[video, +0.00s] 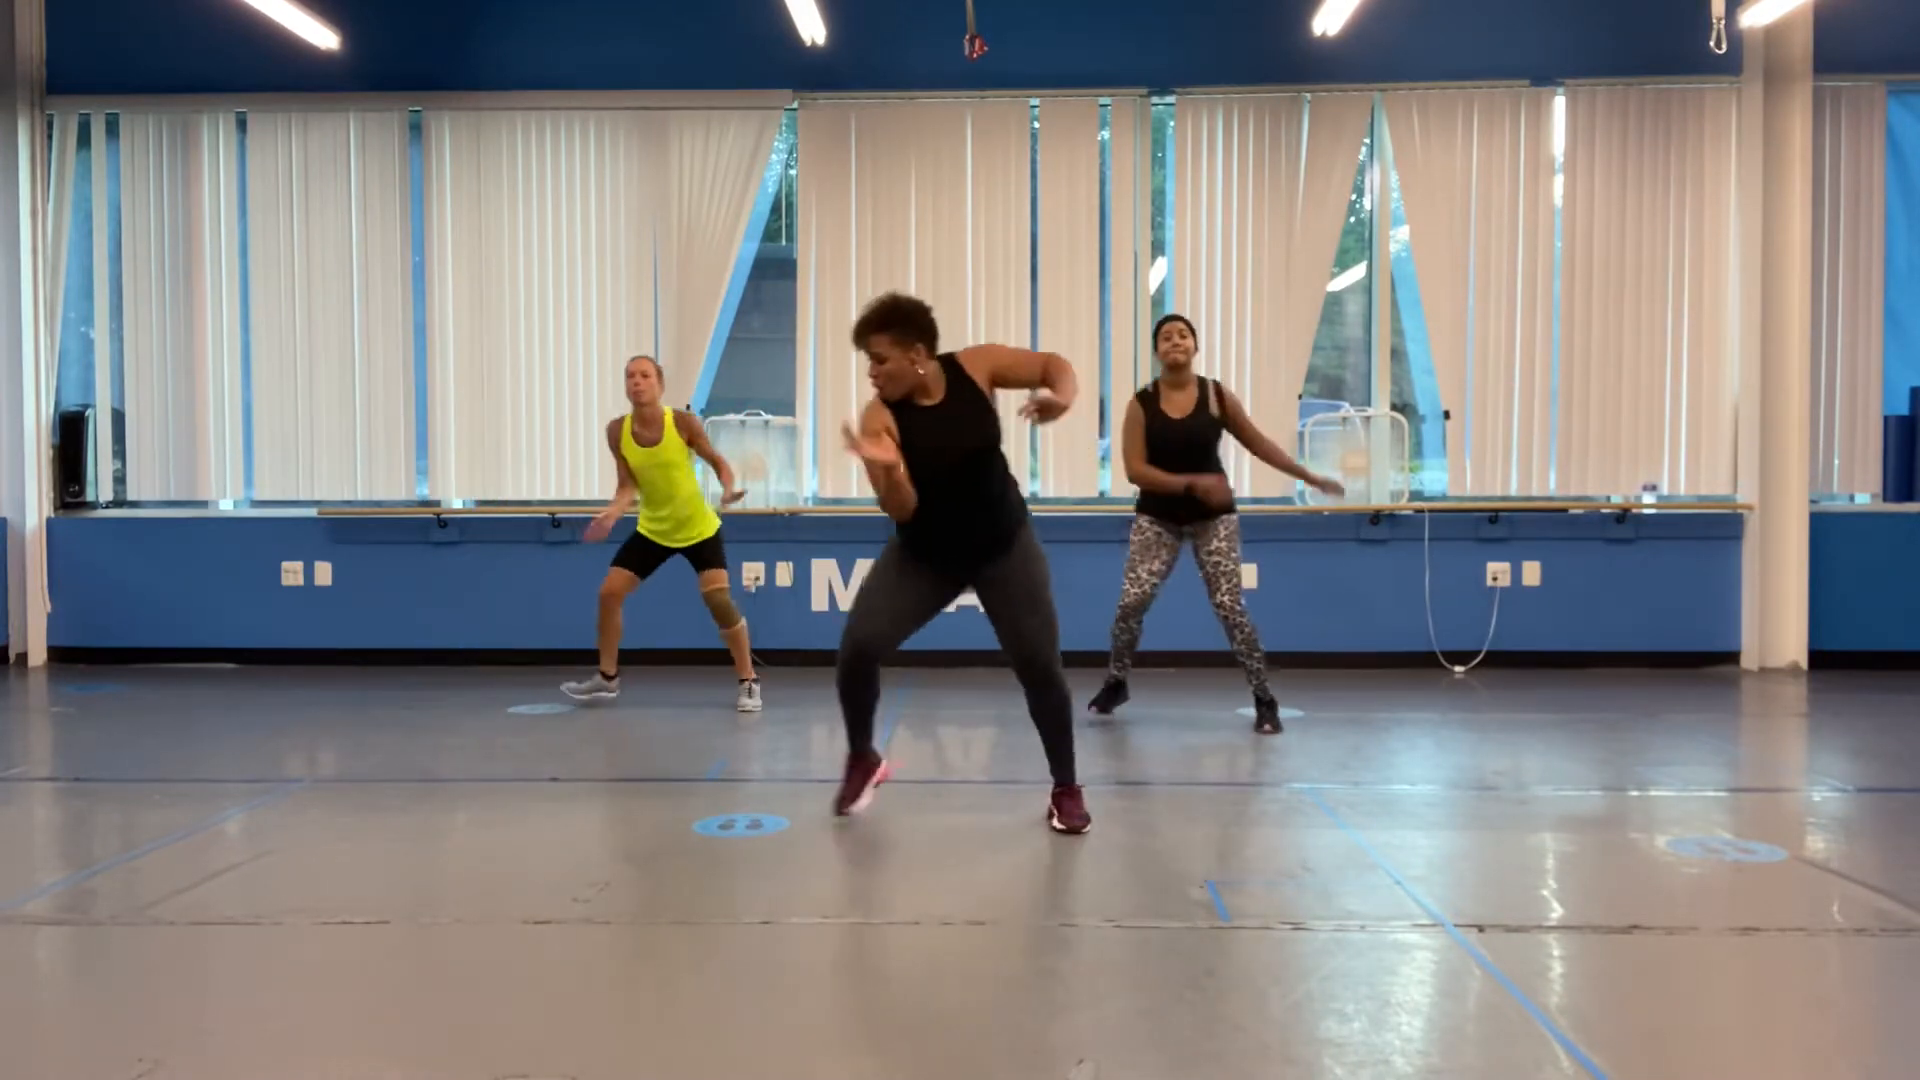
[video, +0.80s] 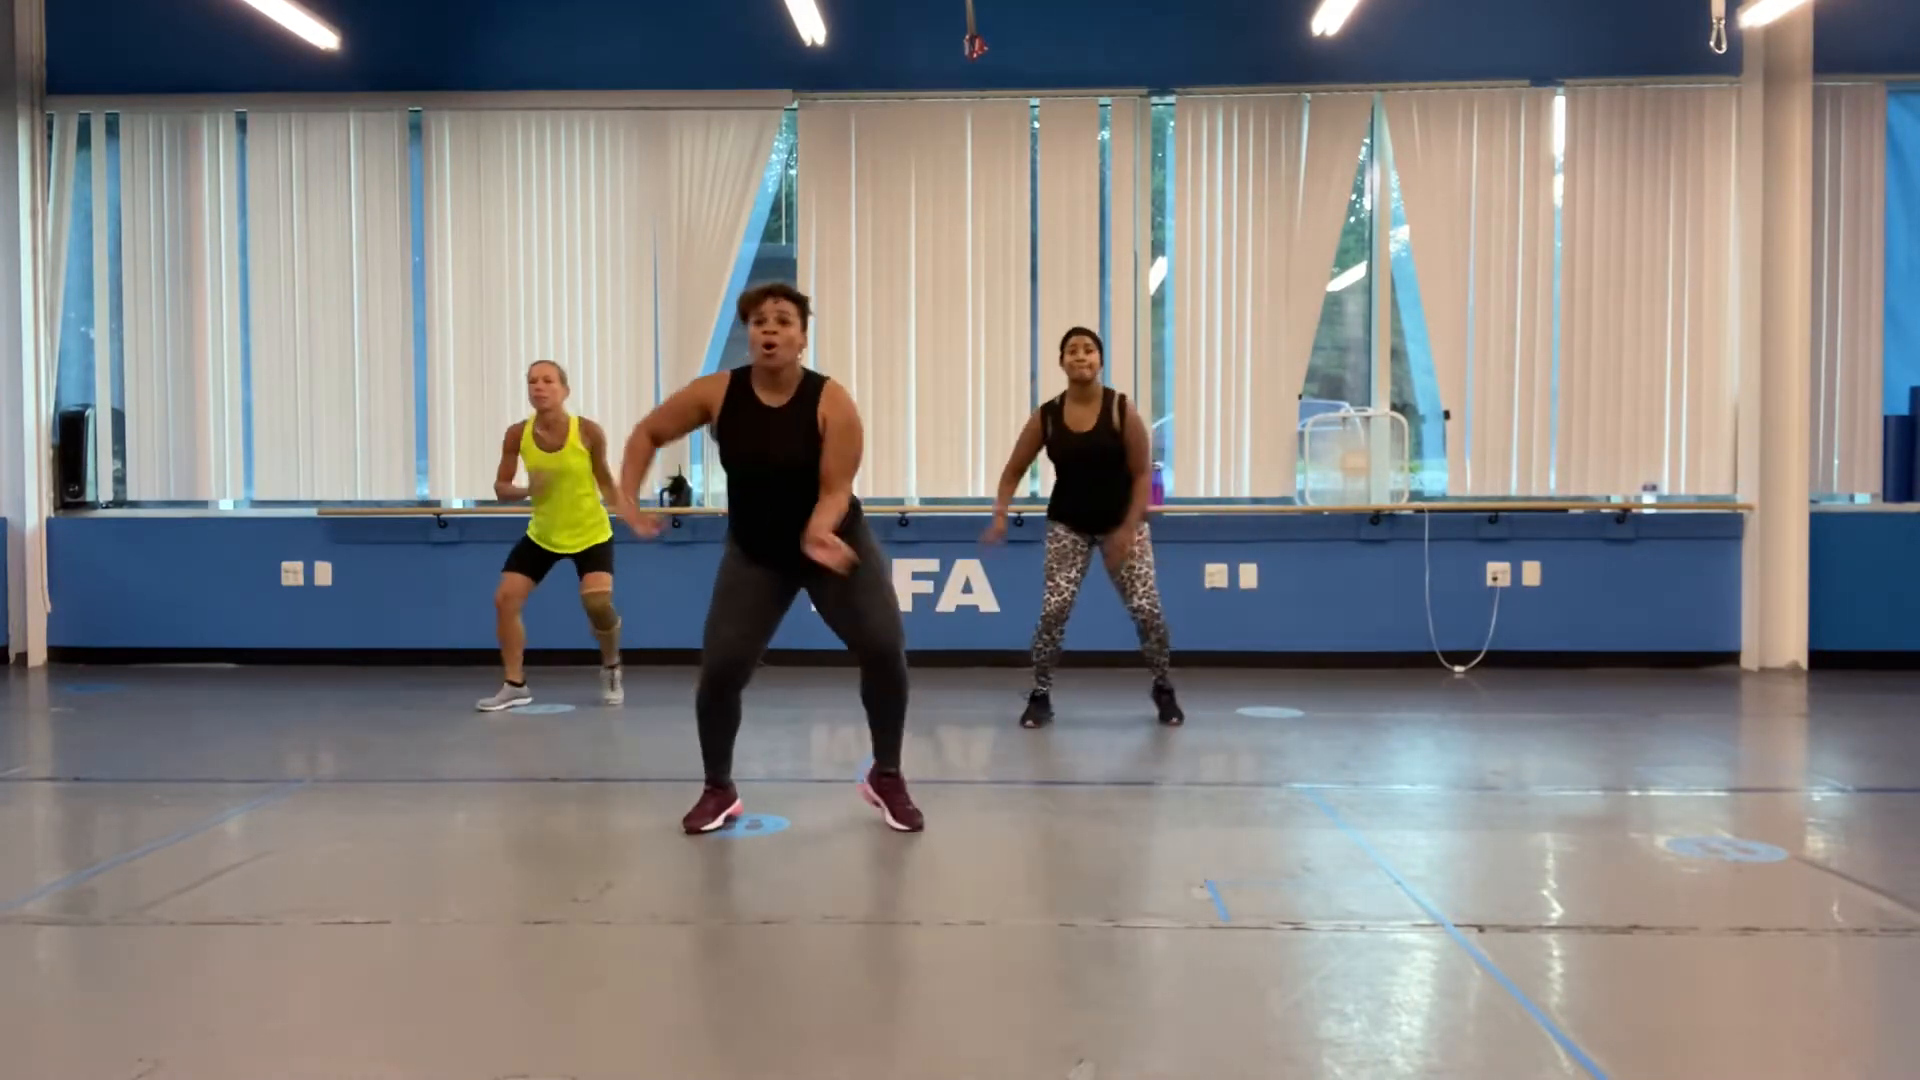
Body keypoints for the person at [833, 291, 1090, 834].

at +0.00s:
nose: (871, 373)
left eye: (880, 360)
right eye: (869, 361)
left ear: (919, 356)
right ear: (890, 361)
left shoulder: (975, 367)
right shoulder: (880, 417)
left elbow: (1055, 367)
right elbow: (901, 511)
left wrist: (1061, 397)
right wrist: (887, 469)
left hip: (1002, 544)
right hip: (924, 552)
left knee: (1039, 665)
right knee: (857, 649)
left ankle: (1066, 789)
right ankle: (863, 758)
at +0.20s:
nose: (808, 369)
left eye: (816, 357)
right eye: (806, 357)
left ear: (853, 354)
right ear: (837, 357)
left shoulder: (916, 367)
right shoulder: (816, 413)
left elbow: (987, 367)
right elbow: (835, 496)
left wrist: (1021, 384)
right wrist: (862, 457)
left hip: (933, 545)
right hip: (855, 556)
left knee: (988, 647)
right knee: (819, 671)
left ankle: (999, 764)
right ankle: (841, 780)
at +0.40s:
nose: (760, 351)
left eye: (770, 339)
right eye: (758, 340)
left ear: (809, 340)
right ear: (783, 344)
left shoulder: (866, 364)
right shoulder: (764, 401)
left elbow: (944, 361)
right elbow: (765, 470)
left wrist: (996, 380)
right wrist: (814, 421)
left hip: (897, 536)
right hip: (821, 544)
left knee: (917, 660)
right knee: (763, 642)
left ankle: (931, 787)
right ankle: (793, 755)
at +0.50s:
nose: (757, 340)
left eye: (771, 330)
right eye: (748, 330)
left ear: (799, 338)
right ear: (741, 337)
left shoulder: (839, 375)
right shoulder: (730, 391)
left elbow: (914, 390)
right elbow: (723, 455)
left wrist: (974, 395)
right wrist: (784, 403)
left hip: (867, 529)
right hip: (792, 544)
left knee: (918, 645)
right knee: (747, 658)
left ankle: (961, 754)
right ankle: (722, 783)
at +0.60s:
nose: (754, 345)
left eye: (768, 335)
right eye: (744, 335)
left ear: (792, 346)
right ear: (735, 345)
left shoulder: (826, 403)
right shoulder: (714, 403)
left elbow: (883, 462)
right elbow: (685, 471)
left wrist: (943, 451)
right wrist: (758, 455)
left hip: (838, 546)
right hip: (760, 559)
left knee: (902, 634)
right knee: (719, 670)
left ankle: (971, 696)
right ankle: (719, 789)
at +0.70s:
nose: (758, 341)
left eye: (772, 330)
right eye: (748, 330)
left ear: (794, 343)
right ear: (737, 342)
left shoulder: (827, 414)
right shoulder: (709, 407)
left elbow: (844, 501)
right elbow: (662, 471)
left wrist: (893, 534)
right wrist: (694, 521)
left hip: (831, 551)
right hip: (753, 556)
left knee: (898, 642)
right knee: (711, 673)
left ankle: (926, 719)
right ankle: (718, 789)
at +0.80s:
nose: (769, 331)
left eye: (783, 322)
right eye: (759, 322)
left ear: (804, 334)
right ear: (747, 333)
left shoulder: (833, 402)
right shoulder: (715, 393)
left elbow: (838, 487)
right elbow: (647, 434)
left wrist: (817, 531)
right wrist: (628, 499)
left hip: (833, 541)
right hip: (755, 550)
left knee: (885, 650)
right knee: (720, 672)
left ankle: (887, 775)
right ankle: (718, 789)